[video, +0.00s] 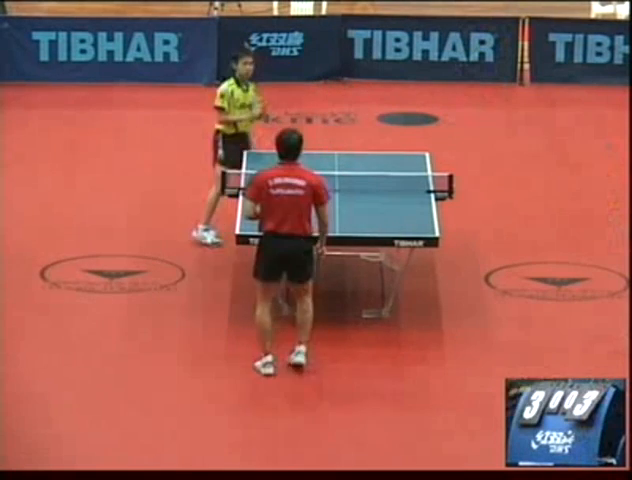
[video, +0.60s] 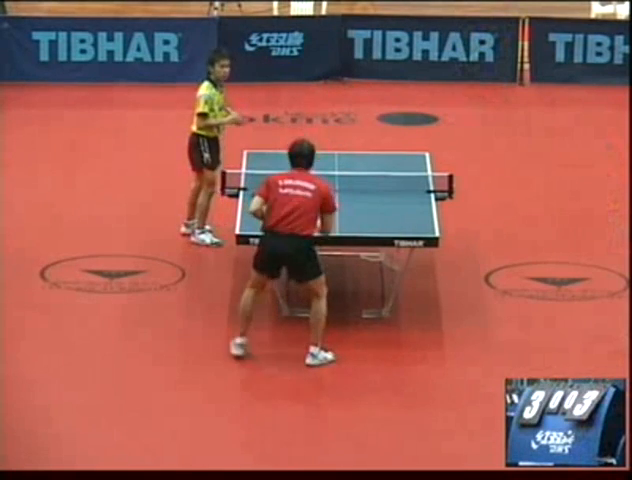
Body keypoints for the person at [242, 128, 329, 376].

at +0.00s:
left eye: (282, 147)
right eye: (296, 147)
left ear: (277, 150)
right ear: (300, 150)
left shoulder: (264, 178)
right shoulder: (313, 180)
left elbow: (250, 212)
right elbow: (323, 218)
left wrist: (267, 211)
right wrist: (322, 241)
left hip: (272, 240)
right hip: (301, 242)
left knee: (265, 299)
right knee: (303, 296)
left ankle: (267, 355)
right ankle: (302, 348)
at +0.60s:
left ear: (290, 159)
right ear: (312, 161)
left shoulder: (273, 181)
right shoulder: (321, 187)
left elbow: (255, 208)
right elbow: (327, 227)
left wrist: (271, 218)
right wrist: (307, 224)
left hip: (271, 240)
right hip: (301, 244)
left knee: (254, 286)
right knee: (318, 294)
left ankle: (240, 339)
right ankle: (315, 349)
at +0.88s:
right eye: (299, 179)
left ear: (277, 181)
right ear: (300, 182)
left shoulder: (262, 198)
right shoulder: (308, 206)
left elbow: (236, 221)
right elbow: (310, 246)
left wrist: (244, 235)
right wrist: (297, 232)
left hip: (255, 250)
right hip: (283, 254)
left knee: (244, 287)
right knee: (318, 292)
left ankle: (234, 337)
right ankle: (315, 349)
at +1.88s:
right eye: (288, 194)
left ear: (268, 195)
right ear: (290, 196)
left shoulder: (252, 209)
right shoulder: (299, 216)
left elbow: (230, 229)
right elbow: (297, 252)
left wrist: (239, 250)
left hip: (247, 252)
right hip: (275, 255)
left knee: (236, 287)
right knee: (311, 294)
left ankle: (227, 336)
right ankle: (315, 349)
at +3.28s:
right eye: (295, 167)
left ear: (275, 169)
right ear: (298, 170)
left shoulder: (260, 191)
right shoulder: (307, 194)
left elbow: (239, 219)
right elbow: (316, 233)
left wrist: (256, 228)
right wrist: (296, 232)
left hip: (261, 246)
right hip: (291, 249)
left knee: (242, 286)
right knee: (325, 293)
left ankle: (228, 336)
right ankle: (348, 344)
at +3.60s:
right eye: (312, 167)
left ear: (293, 169)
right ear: (316, 171)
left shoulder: (278, 192)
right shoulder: (327, 196)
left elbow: (256, 220)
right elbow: (346, 230)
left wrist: (268, 229)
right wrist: (328, 225)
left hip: (282, 251)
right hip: (312, 251)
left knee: (248, 295)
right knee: (345, 287)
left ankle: (237, 345)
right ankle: (353, 340)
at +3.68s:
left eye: (309, 168)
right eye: (317, 169)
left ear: (301, 172)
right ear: (322, 174)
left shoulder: (285, 194)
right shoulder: (333, 198)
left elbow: (255, 213)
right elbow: (356, 228)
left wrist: (250, 214)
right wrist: (338, 220)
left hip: (288, 254)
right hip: (319, 256)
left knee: (249, 294)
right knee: (353, 282)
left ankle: (237, 345)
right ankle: (369, 331)